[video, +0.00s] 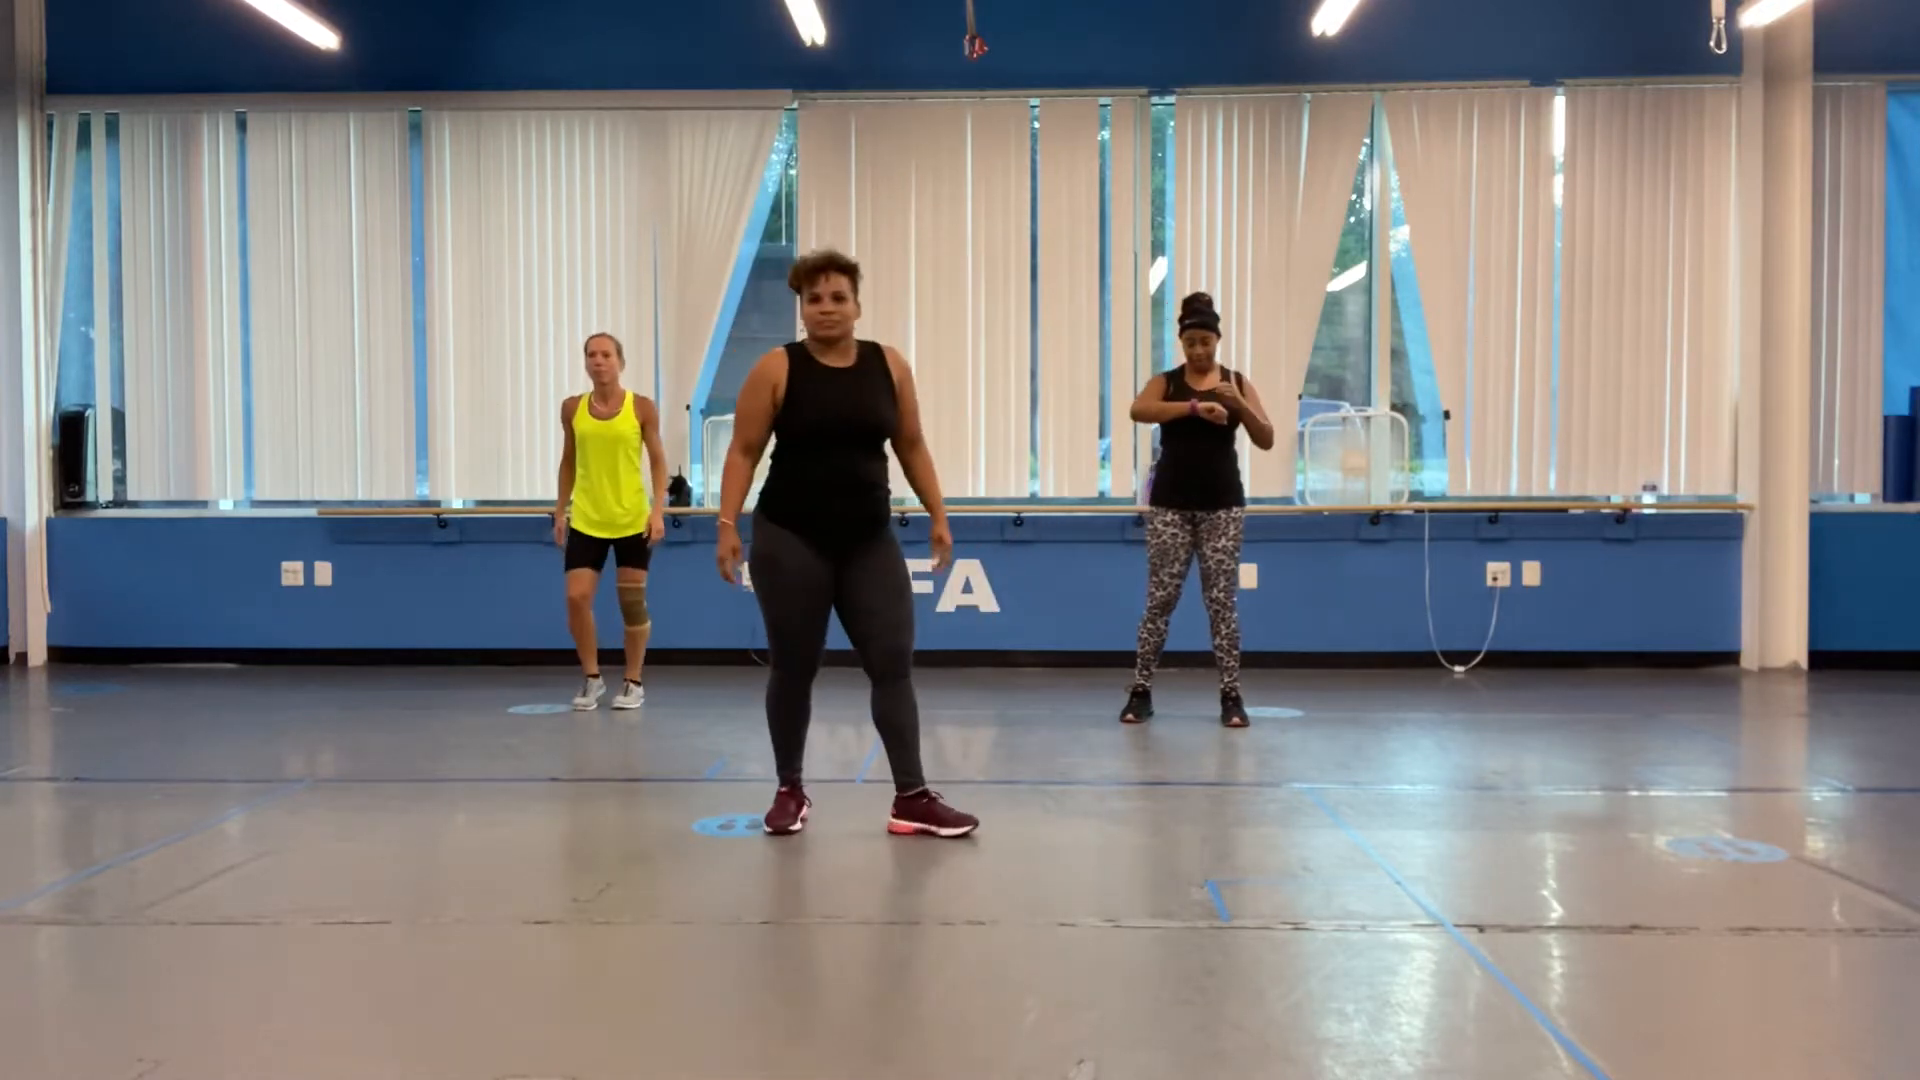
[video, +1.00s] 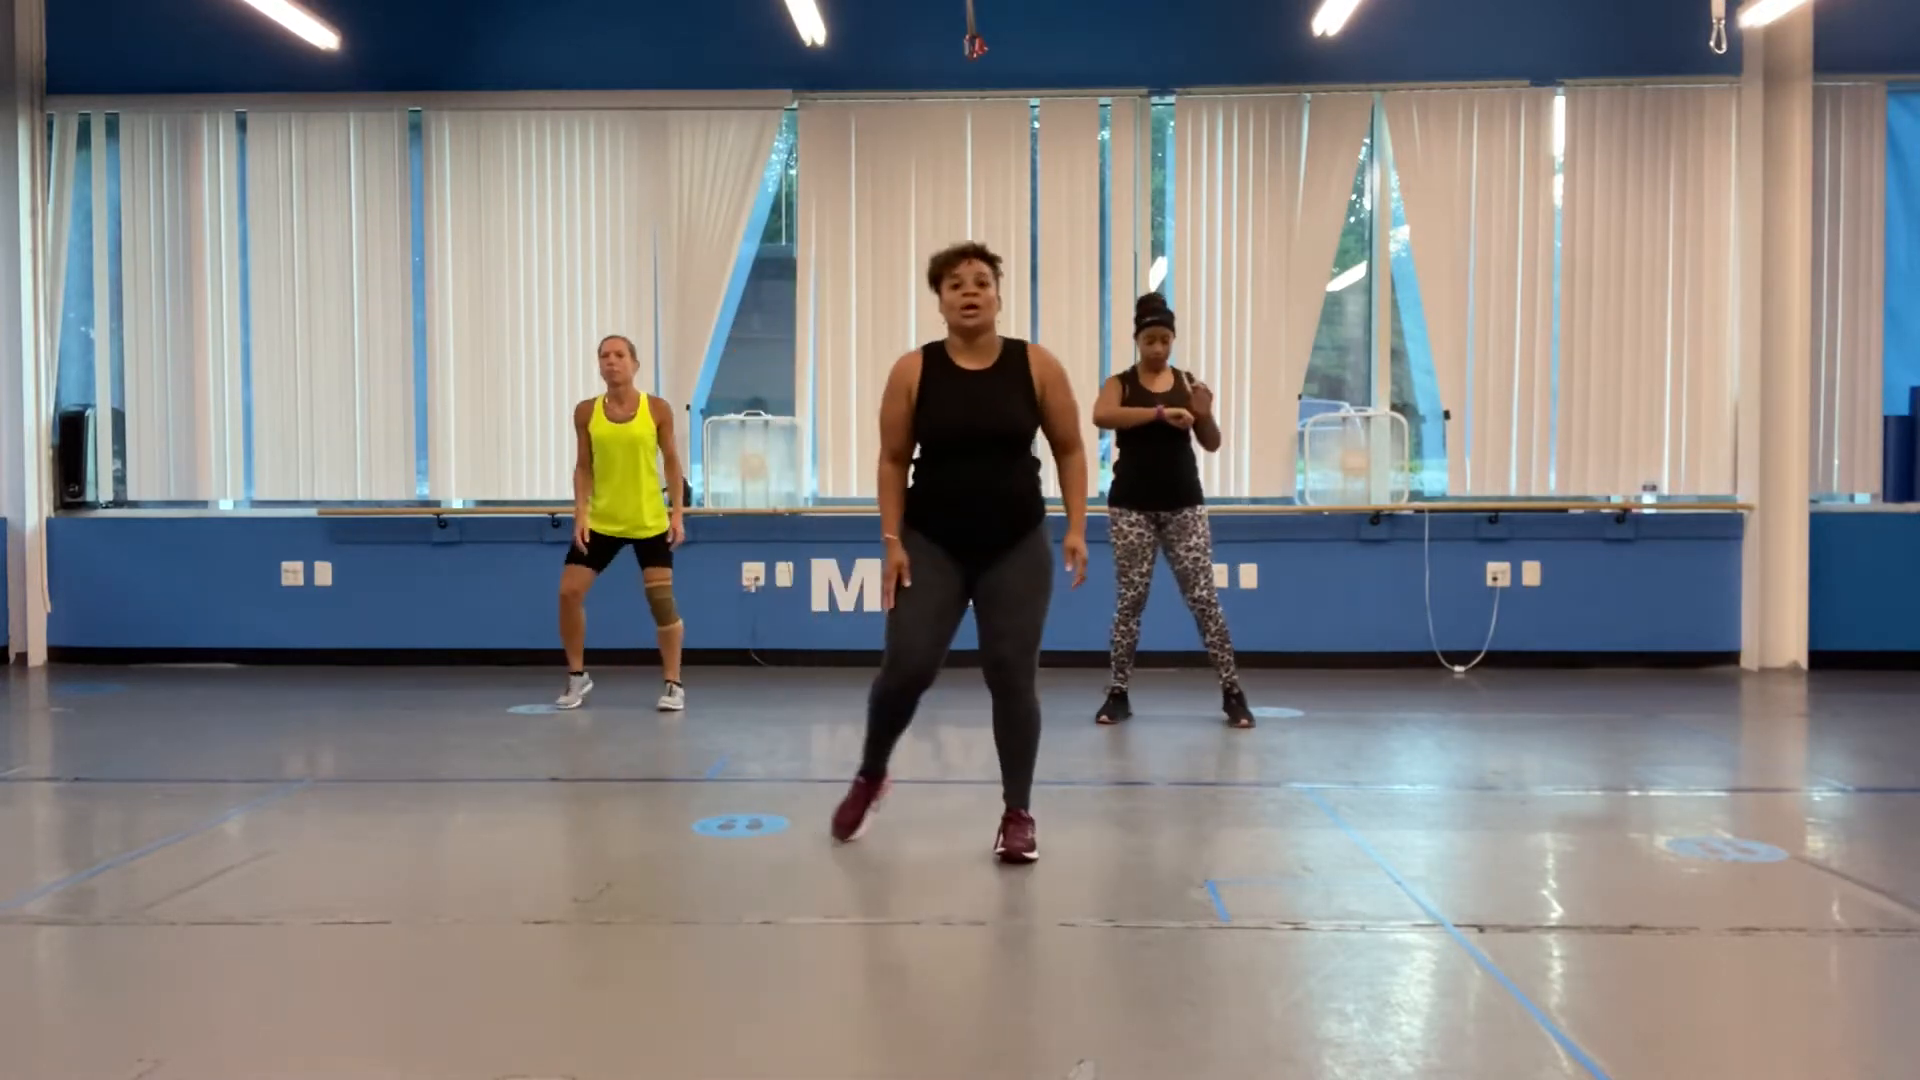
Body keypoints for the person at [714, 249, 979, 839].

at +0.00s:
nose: (827, 308)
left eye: (838, 298)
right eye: (816, 299)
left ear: (857, 304)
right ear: (800, 306)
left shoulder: (889, 365)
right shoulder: (775, 369)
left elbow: (912, 445)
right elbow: (743, 451)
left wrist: (938, 515)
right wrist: (727, 523)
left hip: (869, 539)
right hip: (791, 539)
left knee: (892, 662)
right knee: (792, 666)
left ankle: (912, 796)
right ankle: (789, 790)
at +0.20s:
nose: (817, 307)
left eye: (828, 297)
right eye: (806, 298)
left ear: (846, 305)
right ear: (789, 307)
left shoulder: (881, 366)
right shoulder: (762, 372)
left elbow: (900, 446)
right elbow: (730, 451)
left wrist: (903, 525)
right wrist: (744, 526)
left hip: (869, 535)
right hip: (789, 538)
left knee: (904, 653)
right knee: (791, 667)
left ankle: (923, 786)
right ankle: (789, 789)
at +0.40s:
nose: (840, 306)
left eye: (849, 296)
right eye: (827, 297)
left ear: (862, 304)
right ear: (805, 308)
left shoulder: (894, 365)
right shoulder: (776, 372)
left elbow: (930, 441)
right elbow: (745, 456)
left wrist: (942, 514)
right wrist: (741, 532)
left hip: (882, 535)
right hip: (801, 539)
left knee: (932, 647)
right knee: (798, 669)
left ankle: (978, 772)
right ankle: (790, 789)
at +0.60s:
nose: (883, 308)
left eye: (891, 299)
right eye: (870, 300)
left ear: (904, 309)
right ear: (847, 311)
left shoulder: (938, 375)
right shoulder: (820, 385)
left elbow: (968, 460)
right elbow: (799, 472)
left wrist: (978, 542)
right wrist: (786, 552)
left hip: (922, 548)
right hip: (839, 548)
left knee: (950, 677)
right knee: (819, 674)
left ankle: (1003, 806)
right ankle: (793, 788)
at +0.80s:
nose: (933, 301)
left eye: (943, 292)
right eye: (921, 293)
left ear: (961, 302)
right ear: (903, 306)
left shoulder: (998, 375)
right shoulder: (879, 380)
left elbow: (1029, 460)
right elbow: (858, 470)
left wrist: (1045, 537)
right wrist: (847, 557)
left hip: (982, 546)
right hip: (898, 546)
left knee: (993, 672)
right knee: (860, 670)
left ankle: (1017, 814)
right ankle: (805, 780)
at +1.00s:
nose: (970, 294)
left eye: (981, 284)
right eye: (958, 286)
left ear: (999, 295)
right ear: (939, 299)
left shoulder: (1037, 367)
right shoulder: (913, 370)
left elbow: (1069, 449)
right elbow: (893, 460)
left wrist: (1076, 525)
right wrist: (891, 541)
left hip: (1016, 542)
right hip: (932, 542)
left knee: (1012, 675)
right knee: (907, 669)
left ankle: (1018, 815)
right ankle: (870, 777)